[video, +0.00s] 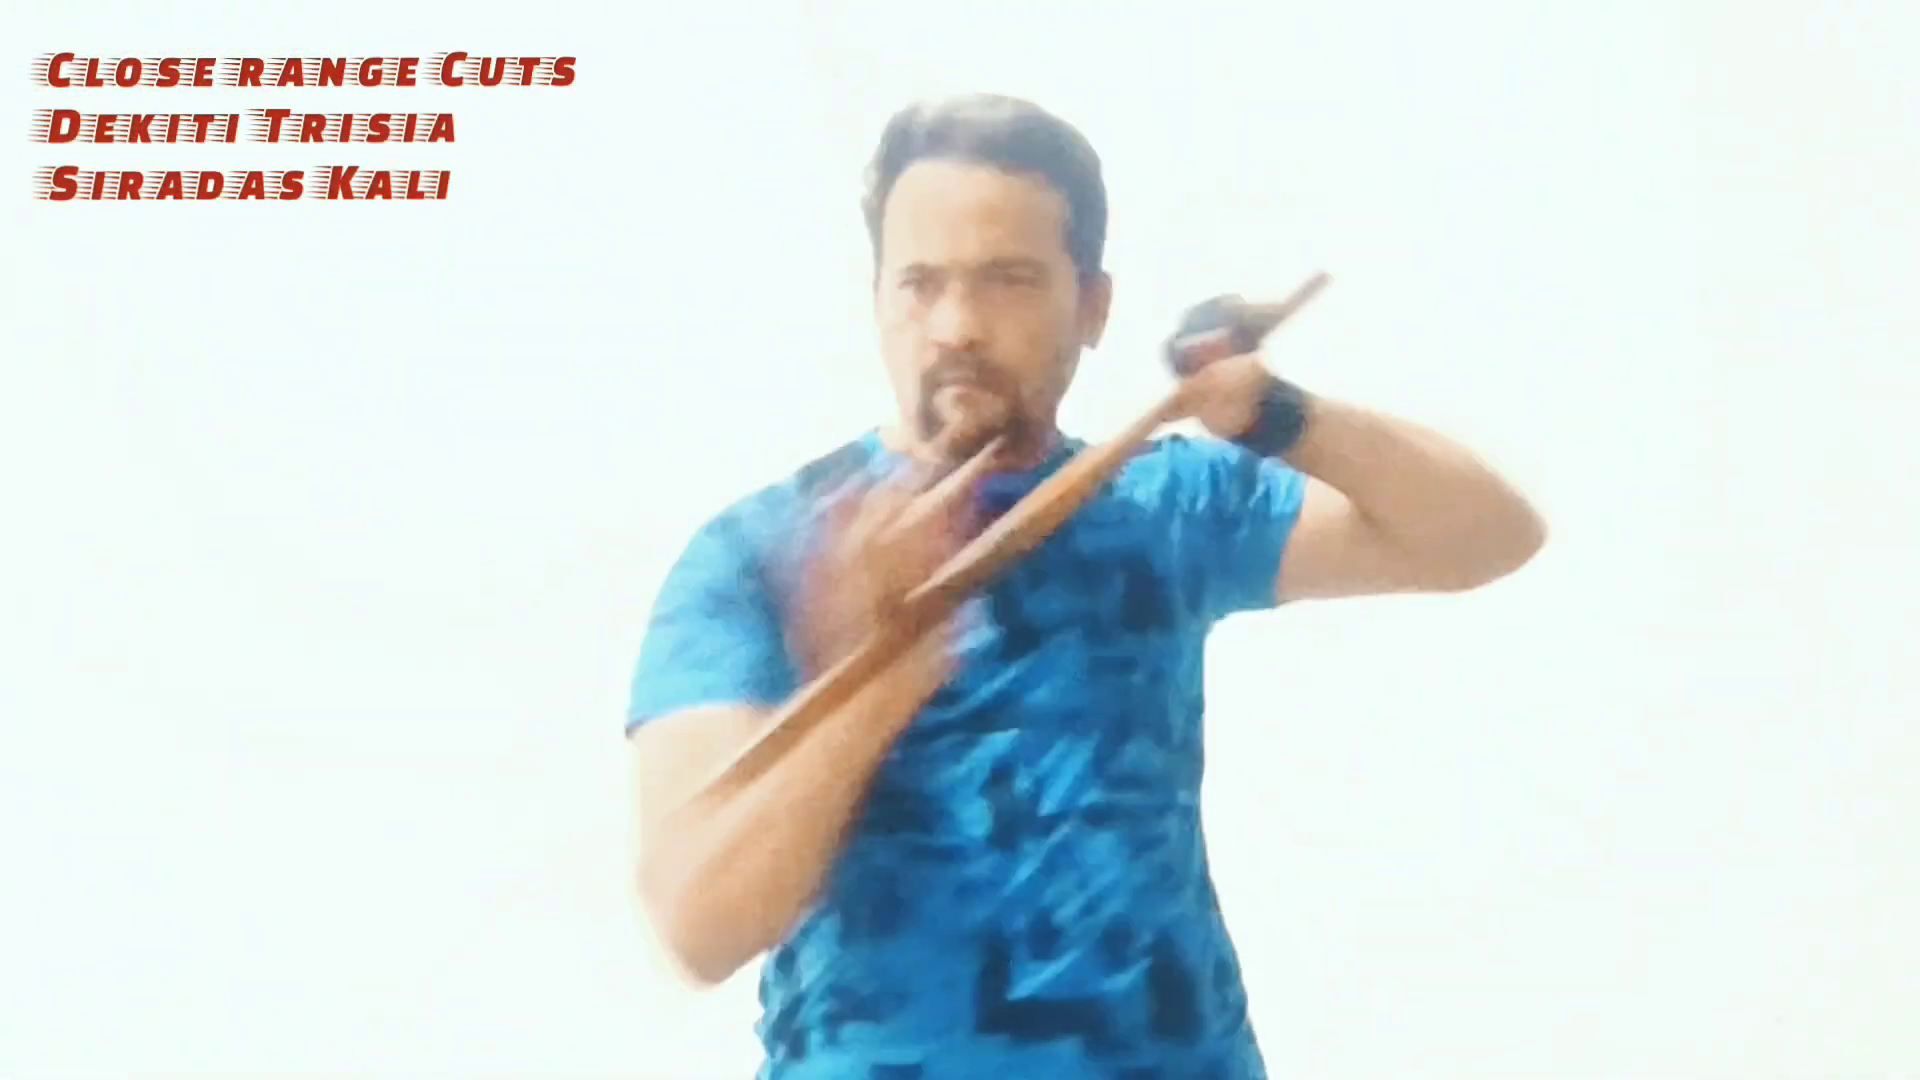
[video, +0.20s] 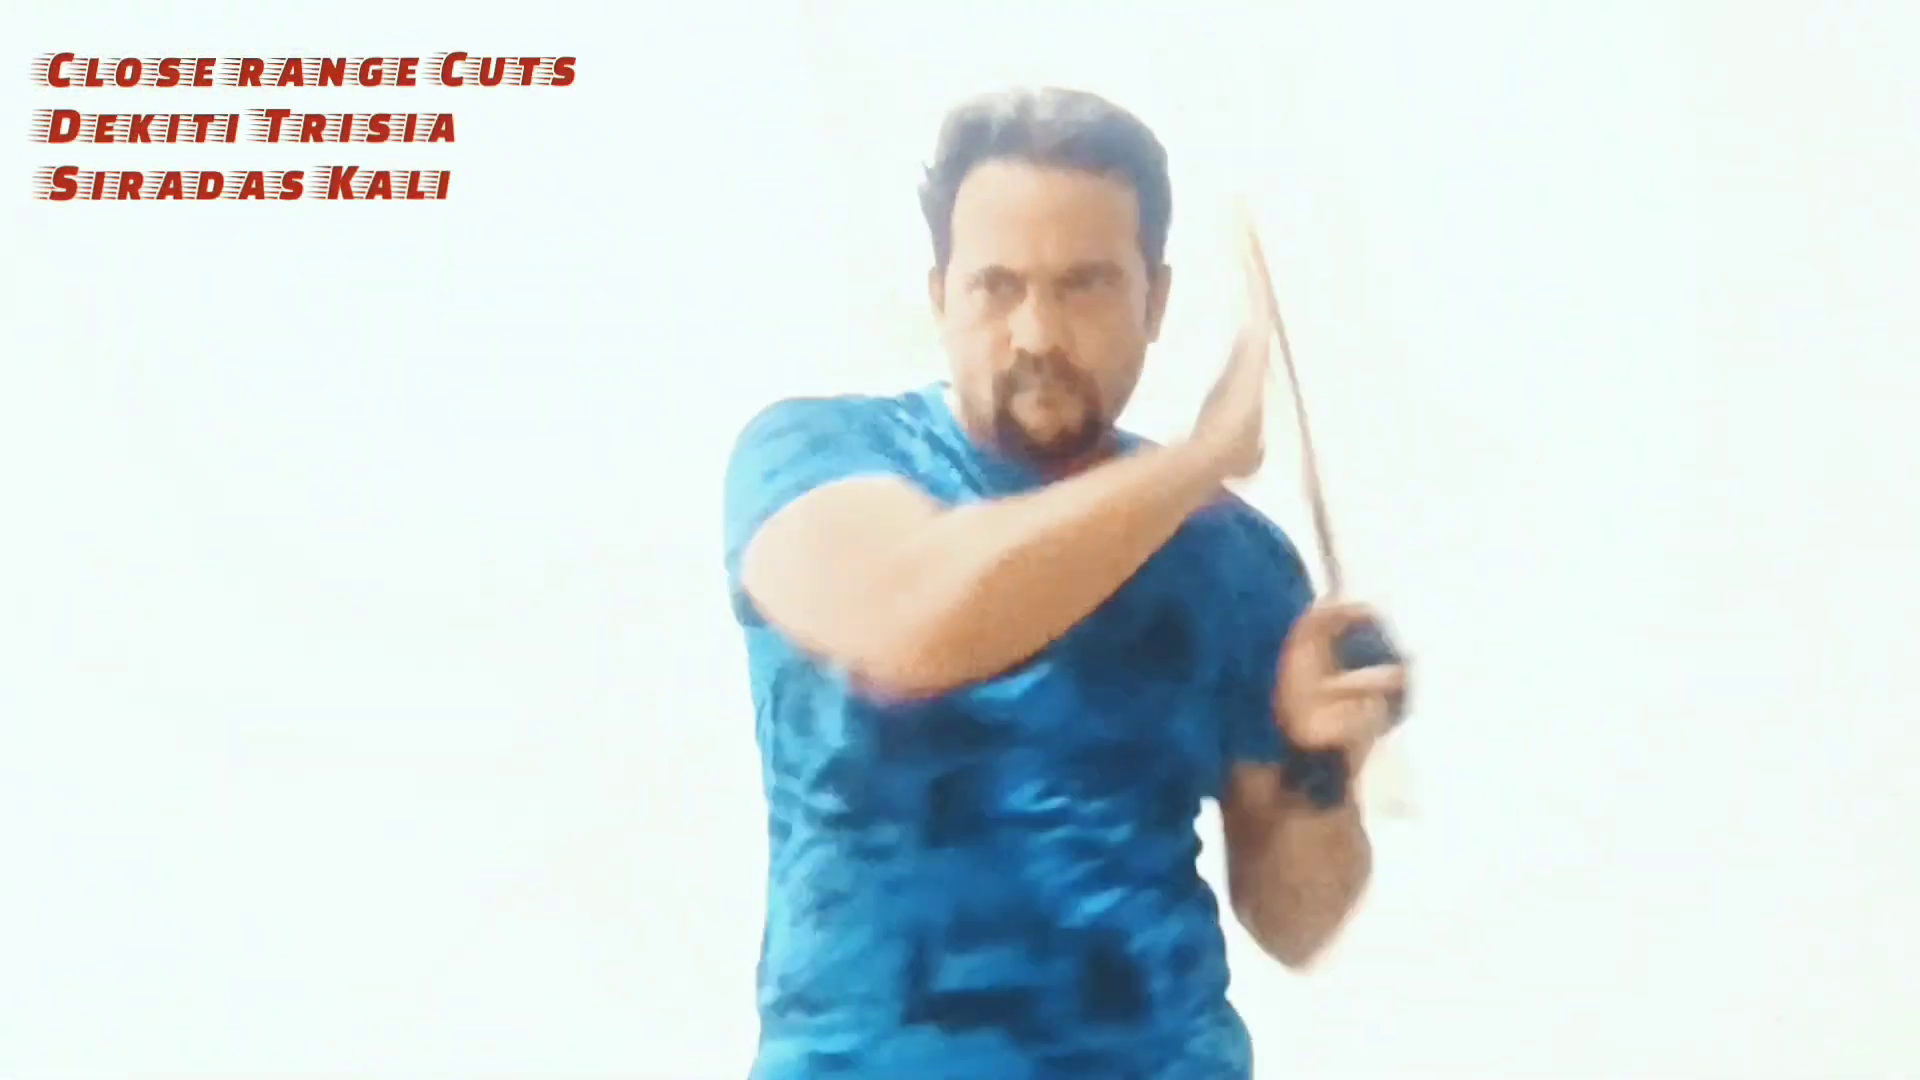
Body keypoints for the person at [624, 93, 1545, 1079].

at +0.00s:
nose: (958, 328)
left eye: (1006, 281)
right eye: (922, 283)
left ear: (1088, 308)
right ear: (878, 299)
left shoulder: (1166, 510)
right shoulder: (752, 559)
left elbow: (1490, 535)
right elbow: (702, 925)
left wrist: (1284, 418)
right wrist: (884, 667)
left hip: (1165, 1056)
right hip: (873, 1057)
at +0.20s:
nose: (1037, 333)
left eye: (1084, 283)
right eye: (996, 285)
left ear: (1154, 298)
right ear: (939, 294)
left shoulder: (1235, 559)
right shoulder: (810, 456)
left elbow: (1292, 929)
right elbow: (913, 628)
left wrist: (1316, 765)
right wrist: (1203, 456)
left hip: (1158, 1052)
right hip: (860, 1047)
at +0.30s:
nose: (1026, 365)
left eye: (1077, 310)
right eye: (991, 314)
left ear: (1167, 326)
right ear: (951, 323)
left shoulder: (1246, 603)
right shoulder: (844, 498)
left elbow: (1260, 1014)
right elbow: (676, 739)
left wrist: (1055, 790)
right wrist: (991, 635)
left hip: (1104, 1060)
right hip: (819, 1051)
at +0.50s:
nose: (861, 306)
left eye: (902, 260)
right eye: (854, 264)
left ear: (1045, 265)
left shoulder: (921, 482)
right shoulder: (1268, 482)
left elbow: (704, 631)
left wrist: (822, 352)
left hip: (905, 1045)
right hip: (1156, 1051)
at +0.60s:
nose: (830, 314)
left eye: (868, 257)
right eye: (824, 268)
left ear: (1011, 257)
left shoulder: (899, 469)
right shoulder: (1262, 480)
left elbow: (683, 731)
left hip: (902, 1044)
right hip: (1164, 1049)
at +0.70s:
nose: (904, 271)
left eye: (931, 214)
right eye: (883, 233)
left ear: (1063, 202)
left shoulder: (1157, 369)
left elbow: (897, 632)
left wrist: (835, 539)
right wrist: (861, 540)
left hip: (1293, 1049)